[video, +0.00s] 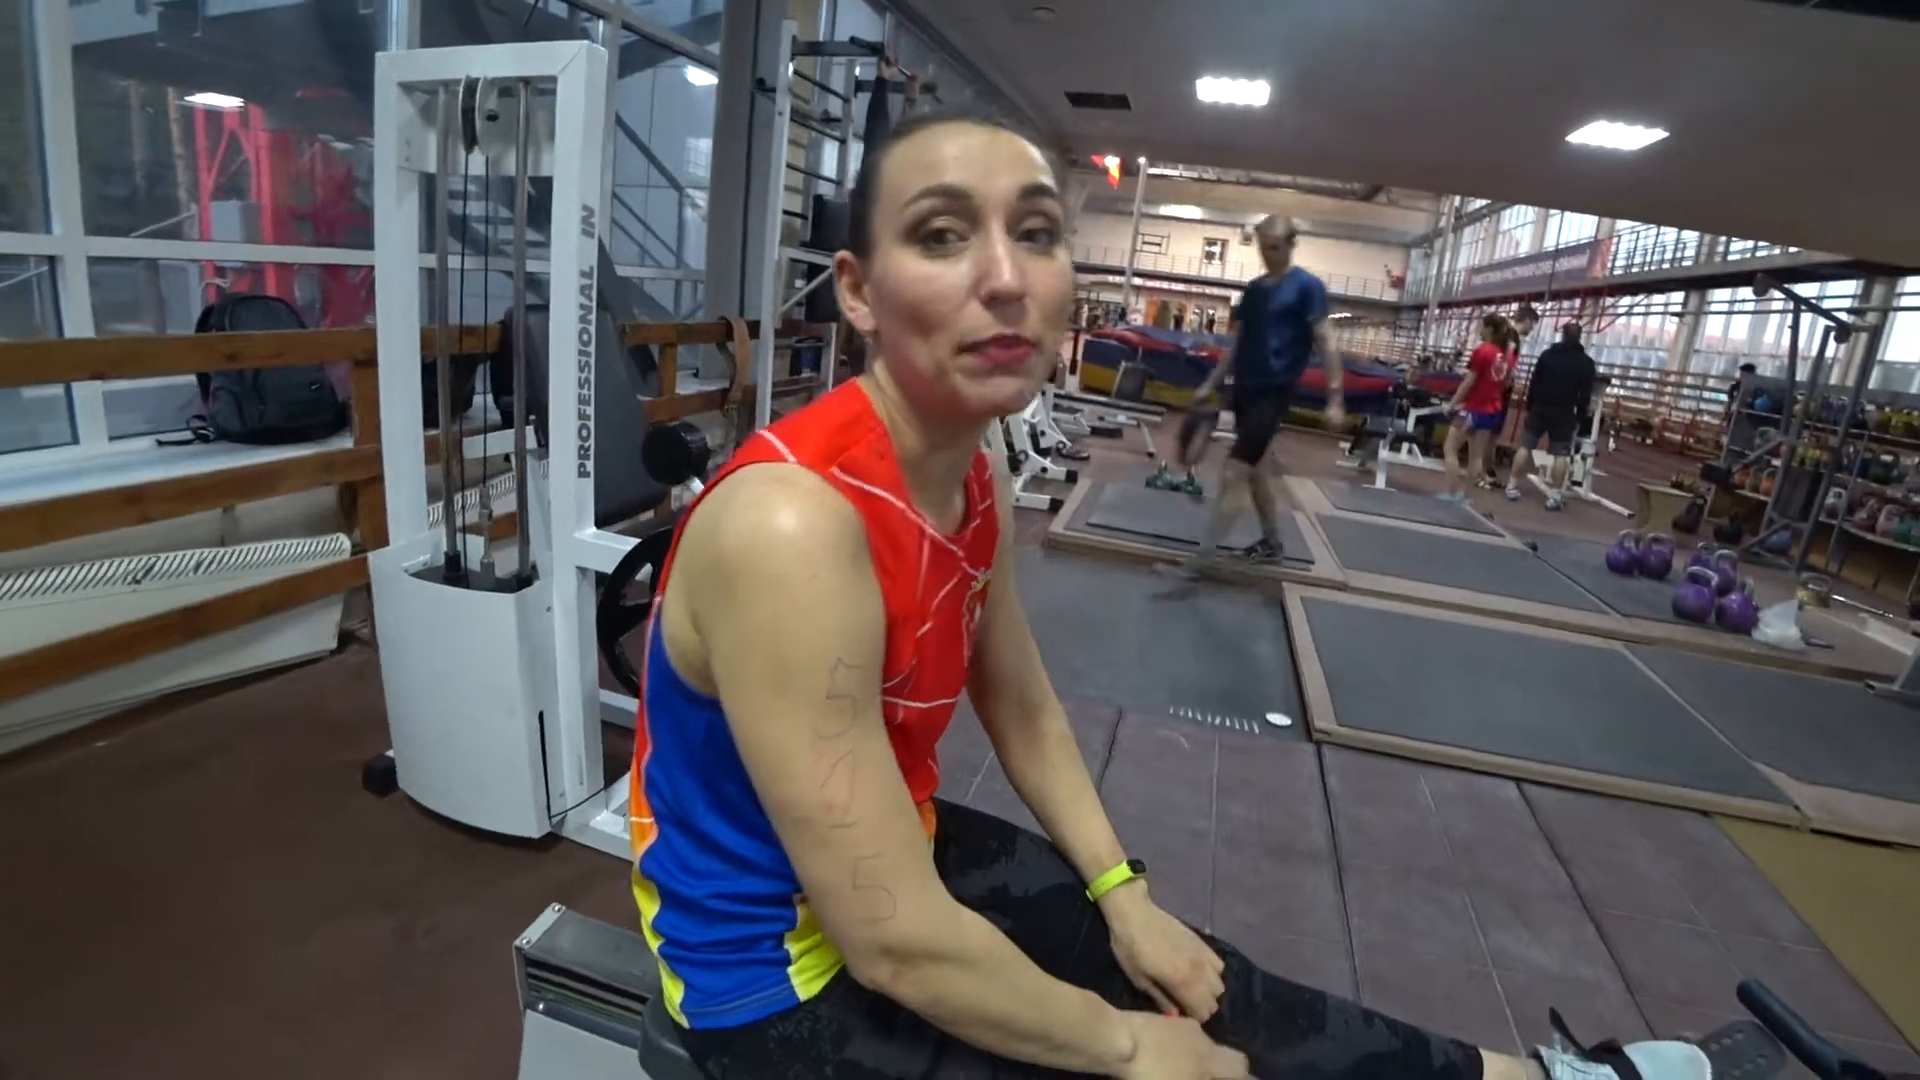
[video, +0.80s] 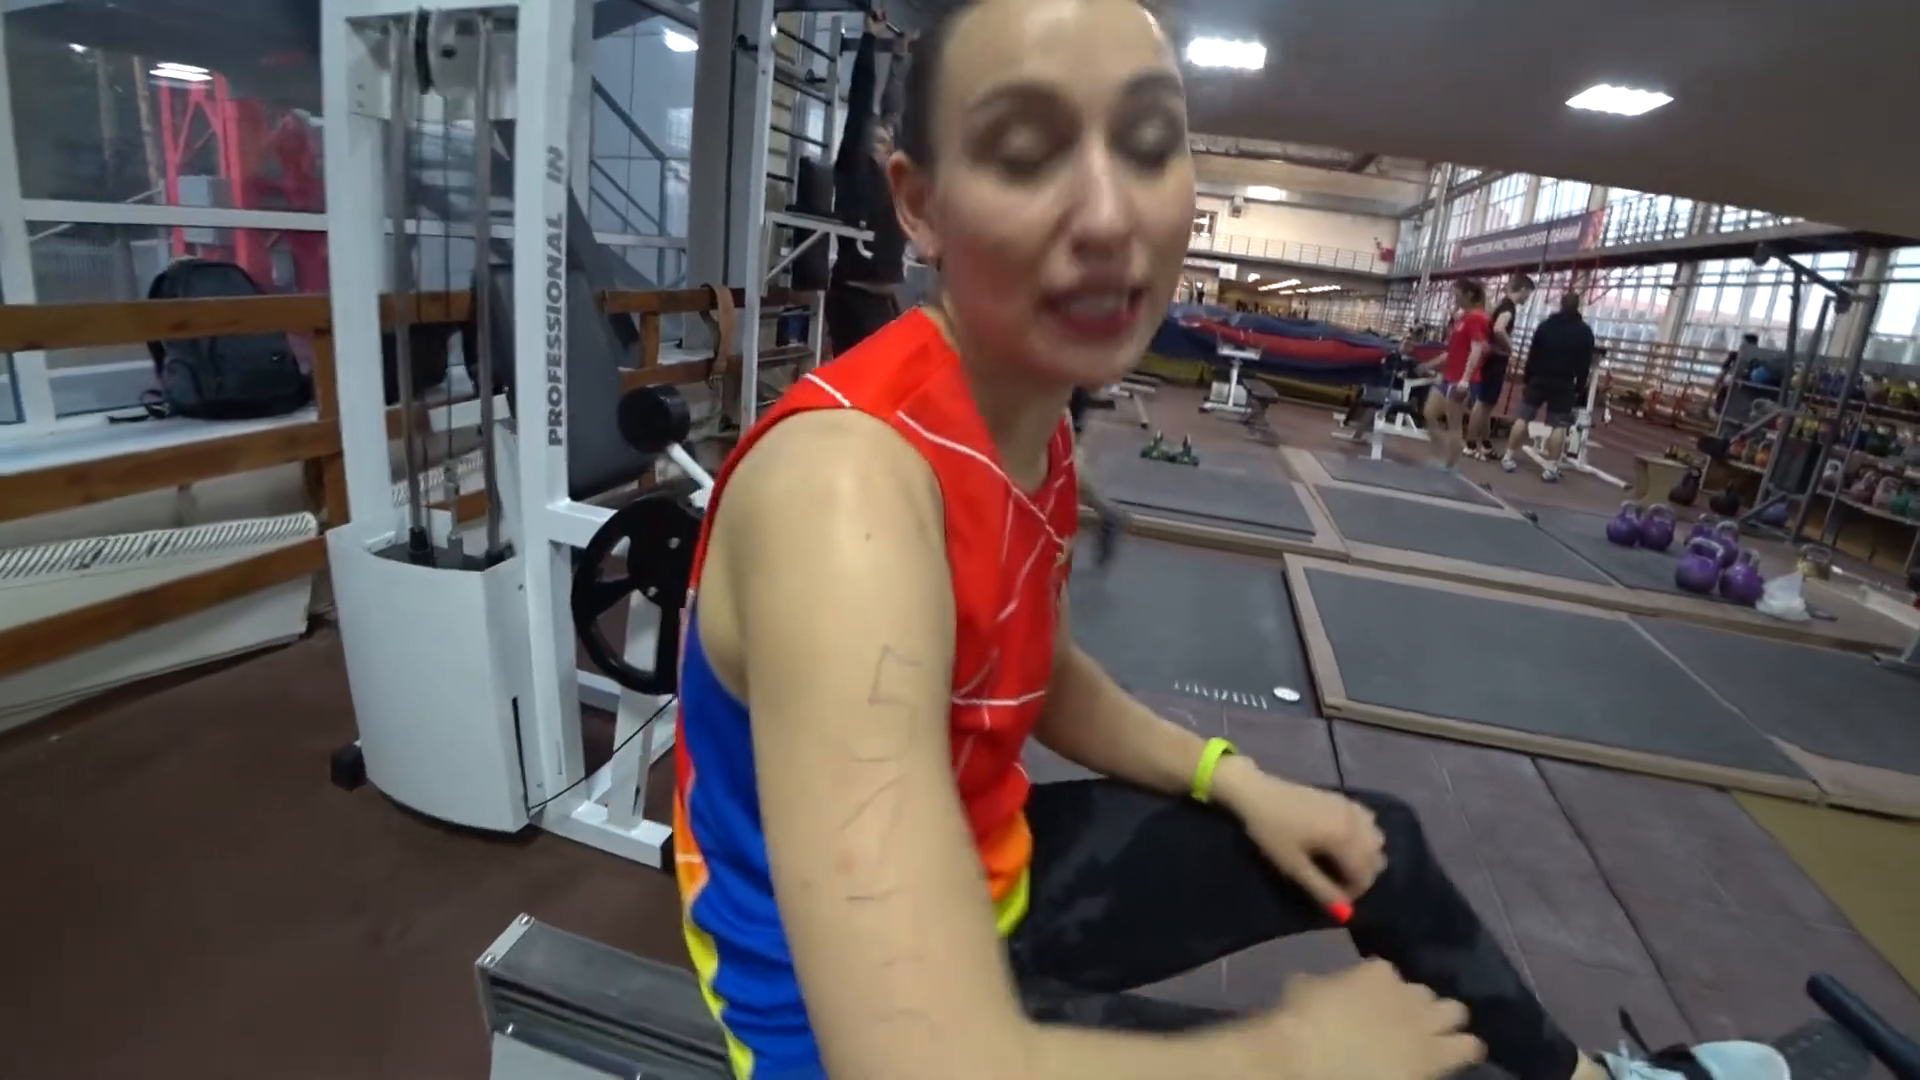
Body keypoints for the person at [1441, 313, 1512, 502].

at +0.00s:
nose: (1479, 331)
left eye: (1482, 327)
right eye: (1481, 327)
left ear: (1489, 329)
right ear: (1498, 331)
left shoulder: (1482, 351)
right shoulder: (1504, 353)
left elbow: (1469, 380)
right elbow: (1505, 382)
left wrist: (1453, 402)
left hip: (1472, 408)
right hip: (1491, 409)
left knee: (1450, 446)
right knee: (1476, 455)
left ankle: (1452, 491)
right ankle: (1466, 494)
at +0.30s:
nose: (1462, 325)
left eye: (1466, 322)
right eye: (1463, 321)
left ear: (1477, 324)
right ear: (1479, 325)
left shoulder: (1472, 346)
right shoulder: (1484, 346)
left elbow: (1462, 375)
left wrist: (1444, 398)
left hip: (1460, 402)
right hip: (1473, 403)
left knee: (1439, 442)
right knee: (1460, 447)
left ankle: (1441, 487)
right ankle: (1454, 489)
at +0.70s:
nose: (1463, 307)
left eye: (1466, 304)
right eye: (1463, 303)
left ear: (1478, 305)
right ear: (1474, 305)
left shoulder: (1484, 329)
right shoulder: (1471, 327)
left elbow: (1479, 361)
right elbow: (1459, 359)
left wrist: (1467, 386)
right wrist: (1441, 376)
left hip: (1467, 389)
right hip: (1455, 386)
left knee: (1456, 432)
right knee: (1441, 423)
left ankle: (1455, 473)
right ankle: (1453, 467)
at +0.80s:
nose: (1455, 299)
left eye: (1458, 294)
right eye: (1455, 294)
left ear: (1470, 295)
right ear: (1466, 295)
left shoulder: (1478, 318)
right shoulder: (1464, 317)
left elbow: (1477, 349)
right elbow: (1453, 351)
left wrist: (1465, 379)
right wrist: (1430, 364)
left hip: (1462, 382)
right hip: (1448, 379)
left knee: (1454, 425)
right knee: (1430, 413)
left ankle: (1450, 465)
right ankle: (1439, 454)